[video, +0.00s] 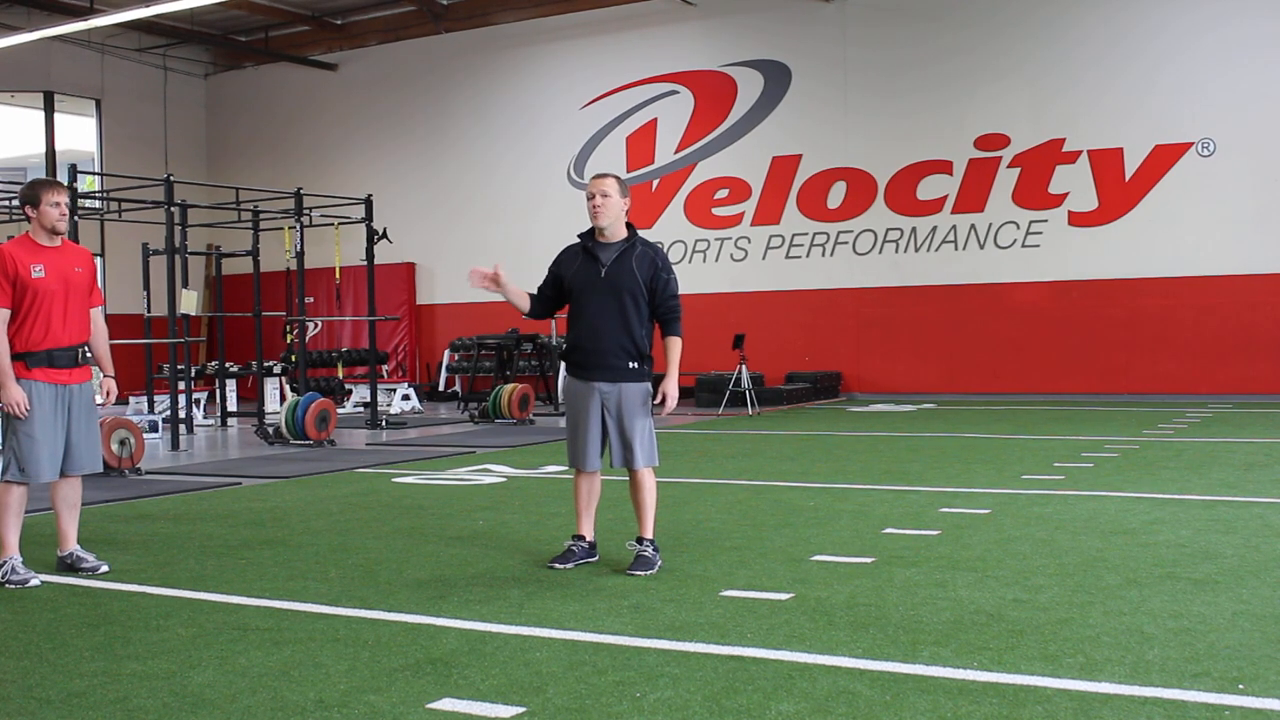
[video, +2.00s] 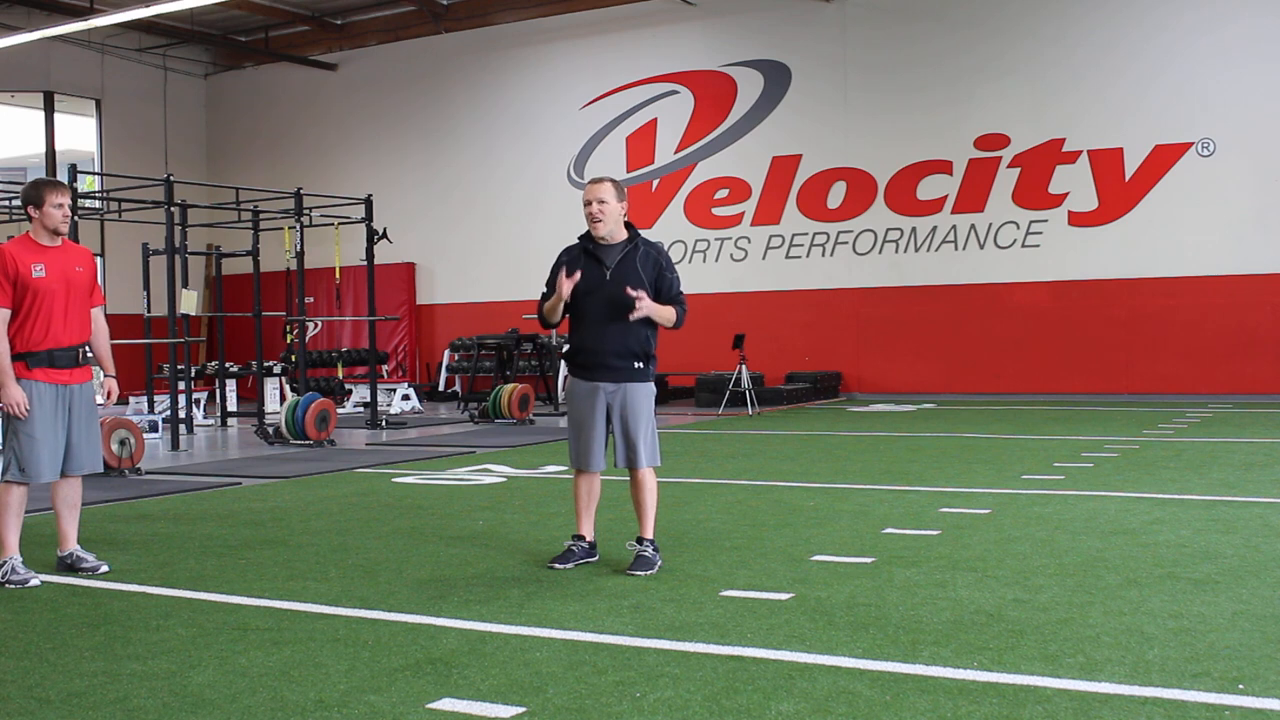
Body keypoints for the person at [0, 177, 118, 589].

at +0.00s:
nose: (64, 211)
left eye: (66, 205)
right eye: (54, 205)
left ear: (69, 210)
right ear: (31, 211)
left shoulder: (83, 257)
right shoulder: (10, 255)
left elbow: (95, 321)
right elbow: (0, 326)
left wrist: (108, 372)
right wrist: (7, 382)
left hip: (76, 377)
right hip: (30, 378)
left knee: (71, 466)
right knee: (18, 473)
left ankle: (69, 551)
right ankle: (9, 559)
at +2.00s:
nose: (66, 213)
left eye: (69, 206)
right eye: (57, 206)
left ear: (70, 210)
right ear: (33, 211)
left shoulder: (84, 257)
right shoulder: (11, 255)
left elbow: (96, 319)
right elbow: (0, 326)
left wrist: (109, 371)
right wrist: (7, 382)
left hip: (77, 376)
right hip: (30, 378)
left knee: (72, 466)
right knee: (18, 473)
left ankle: (69, 551)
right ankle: (9, 560)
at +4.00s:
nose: (67, 214)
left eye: (70, 207)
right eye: (59, 207)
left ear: (72, 211)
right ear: (35, 212)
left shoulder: (85, 257)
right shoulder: (11, 255)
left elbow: (97, 319)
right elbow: (1, 325)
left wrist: (110, 371)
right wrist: (7, 382)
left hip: (78, 377)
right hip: (30, 378)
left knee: (72, 466)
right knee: (19, 473)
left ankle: (69, 551)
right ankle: (9, 559)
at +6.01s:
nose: (66, 216)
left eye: (70, 210)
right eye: (58, 209)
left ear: (73, 212)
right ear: (36, 212)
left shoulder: (85, 257)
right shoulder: (12, 255)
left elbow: (97, 320)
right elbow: (2, 326)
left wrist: (110, 372)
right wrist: (9, 382)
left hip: (78, 377)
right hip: (31, 378)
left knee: (72, 466)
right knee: (19, 473)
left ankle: (69, 550)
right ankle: (10, 560)